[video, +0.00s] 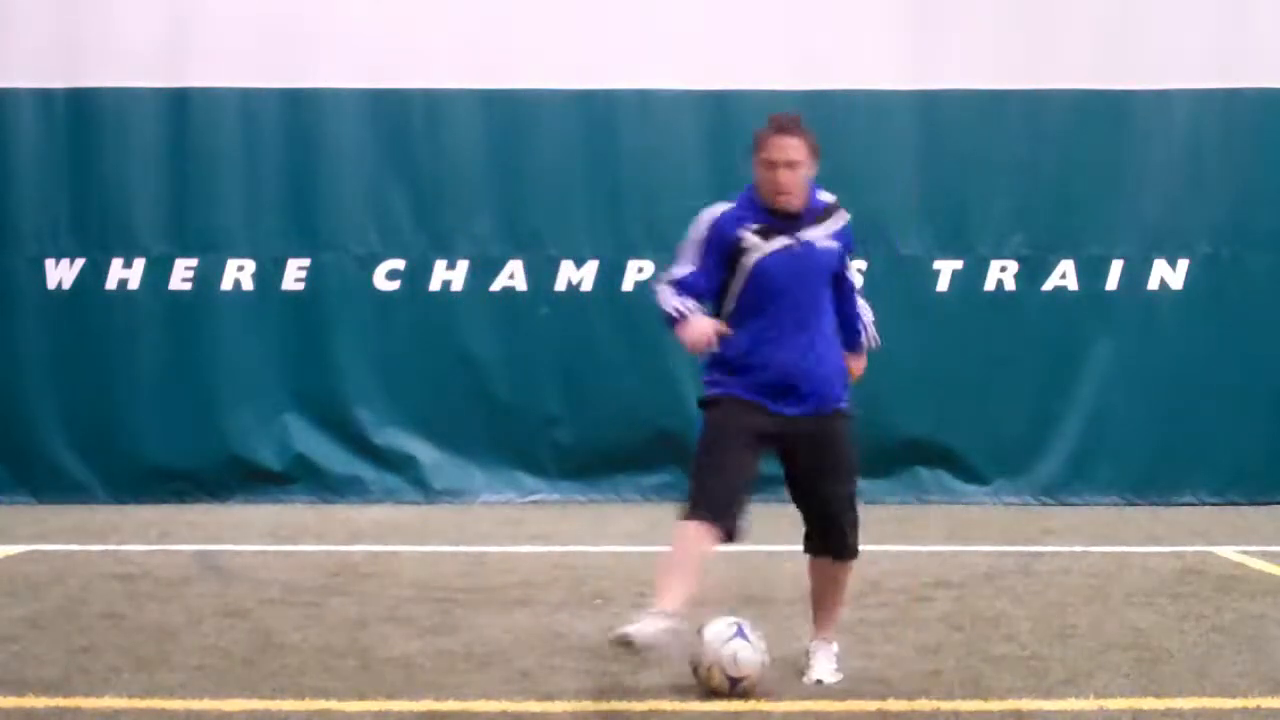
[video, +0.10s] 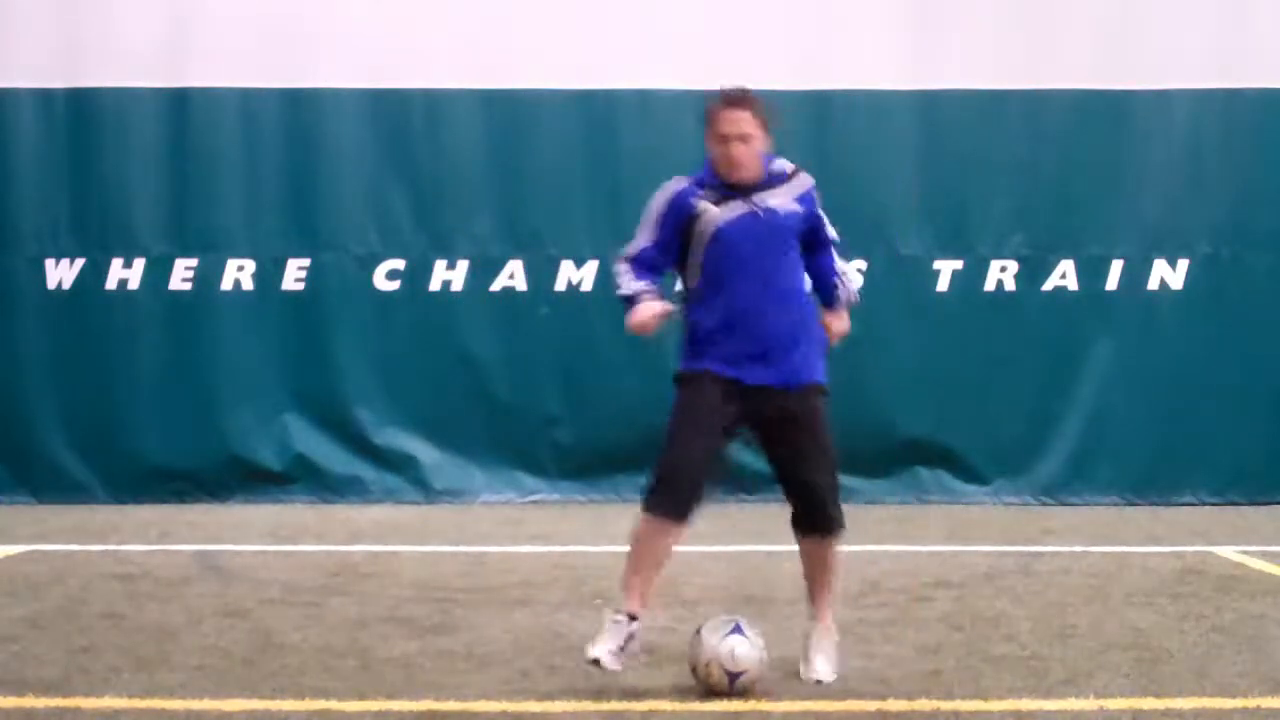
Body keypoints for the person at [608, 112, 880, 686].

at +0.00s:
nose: (783, 177)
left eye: (794, 166)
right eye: (771, 166)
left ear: (813, 168)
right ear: (754, 168)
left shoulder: (835, 223)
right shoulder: (722, 224)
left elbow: (847, 287)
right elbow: (673, 287)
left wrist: (860, 343)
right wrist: (687, 316)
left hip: (818, 402)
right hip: (740, 398)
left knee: (835, 528)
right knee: (709, 503)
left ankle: (824, 644)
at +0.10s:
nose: (736, 150)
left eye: (746, 139)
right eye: (725, 140)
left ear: (766, 138)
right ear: (708, 142)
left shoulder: (797, 188)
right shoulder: (682, 198)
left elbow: (823, 253)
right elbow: (636, 263)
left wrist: (837, 303)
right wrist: (643, 297)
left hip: (792, 375)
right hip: (712, 373)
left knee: (818, 504)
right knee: (673, 487)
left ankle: (822, 627)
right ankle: (627, 619)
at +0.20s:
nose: (690, 151)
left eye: (700, 139)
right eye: (678, 141)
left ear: (723, 137)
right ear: (663, 144)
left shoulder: (762, 183)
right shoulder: (643, 204)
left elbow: (803, 237)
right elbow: (603, 278)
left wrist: (820, 297)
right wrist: (607, 319)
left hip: (759, 363)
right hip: (680, 375)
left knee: (794, 456)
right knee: (650, 501)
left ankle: (783, 566)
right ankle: (638, 624)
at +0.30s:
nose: (653, 177)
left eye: (663, 164)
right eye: (641, 166)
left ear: (685, 162)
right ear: (626, 170)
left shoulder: (723, 208)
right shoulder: (607, 228)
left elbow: (772, 258)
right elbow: (573, 295)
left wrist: (790, 313)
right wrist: (558, 336)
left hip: (725, 373)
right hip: (652, 392)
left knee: (739, 446)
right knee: (643, 521)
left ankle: (750, 570)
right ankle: (645, 636)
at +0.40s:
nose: (622, 173)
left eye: (633, 160)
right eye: (611, 162)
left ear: (655, 156)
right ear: (598, 164)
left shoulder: (699, 202)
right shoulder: (586, 217)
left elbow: (760, 260)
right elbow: (554, 275)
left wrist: (768, 325)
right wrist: (523, 302)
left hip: (693, 361)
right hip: (627, 376)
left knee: (671, 433)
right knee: (627, 509)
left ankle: (725, 556)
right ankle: (647, 630)